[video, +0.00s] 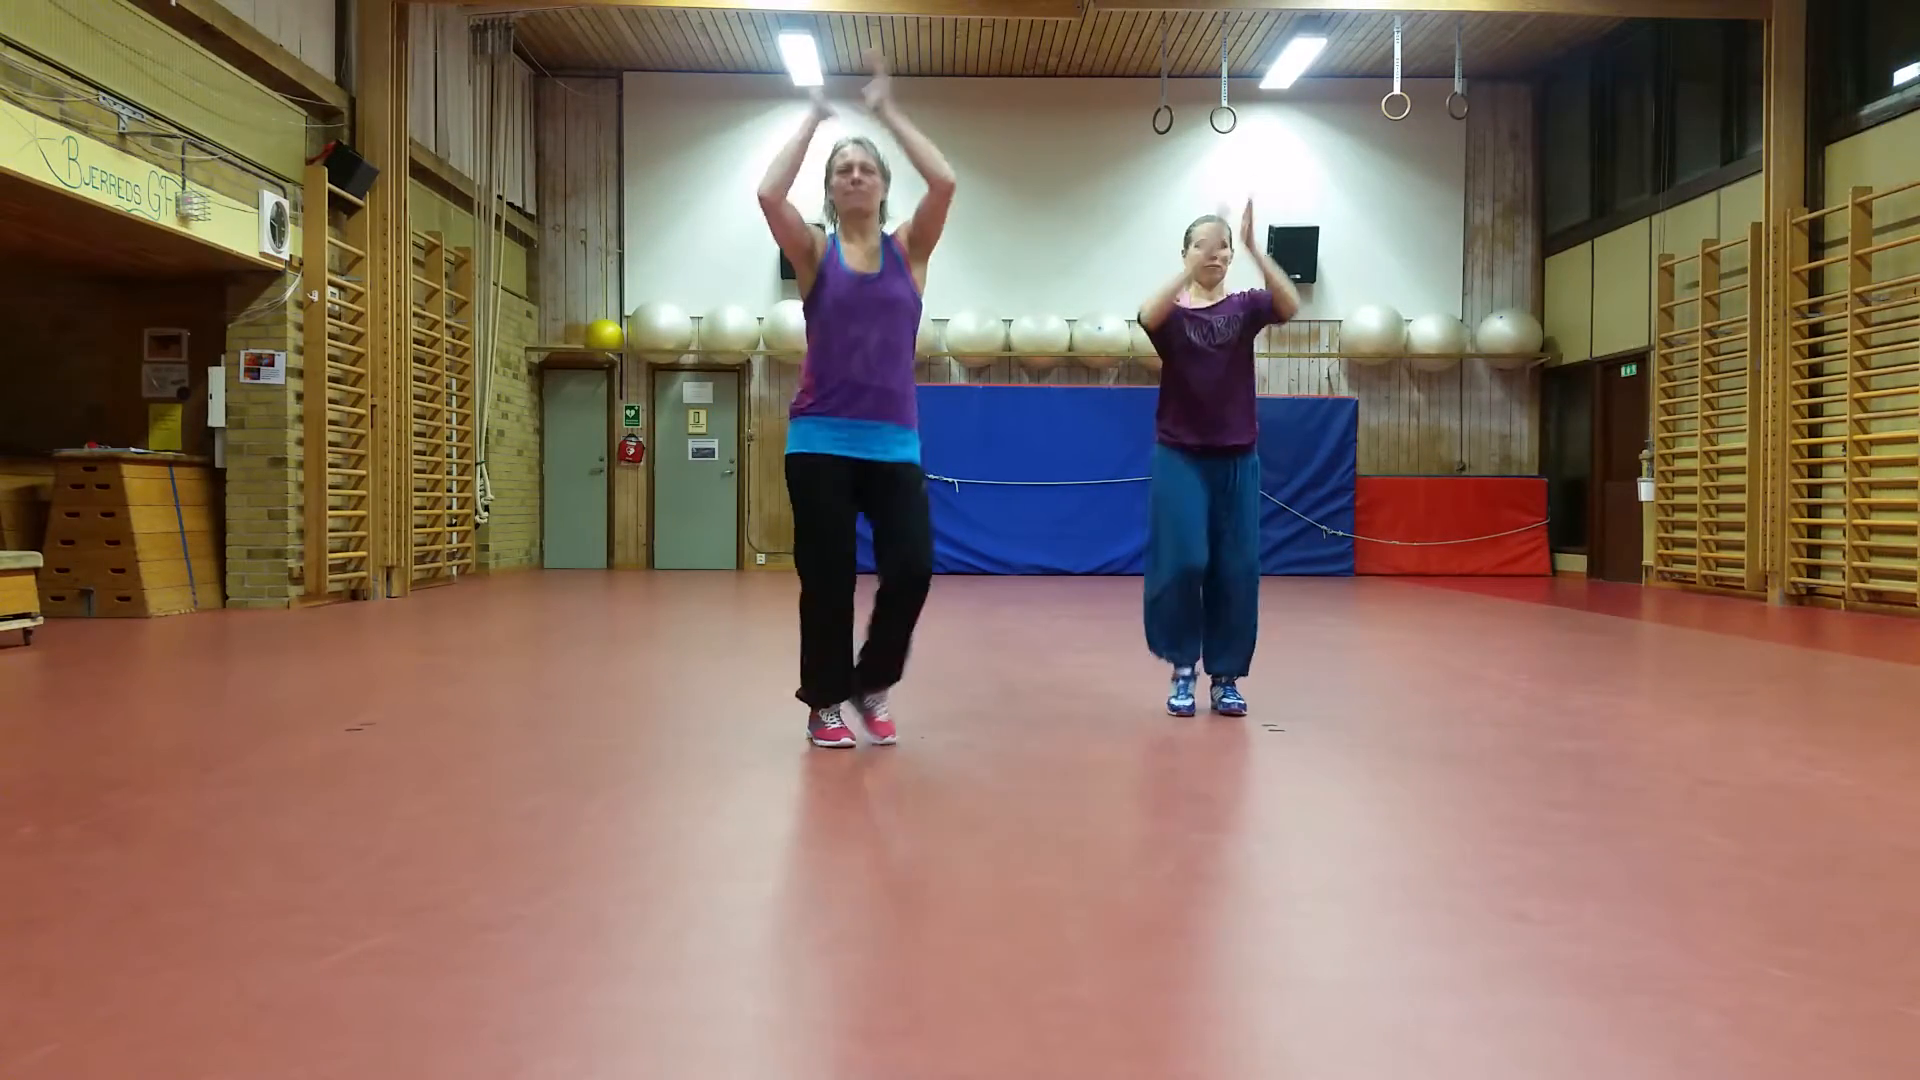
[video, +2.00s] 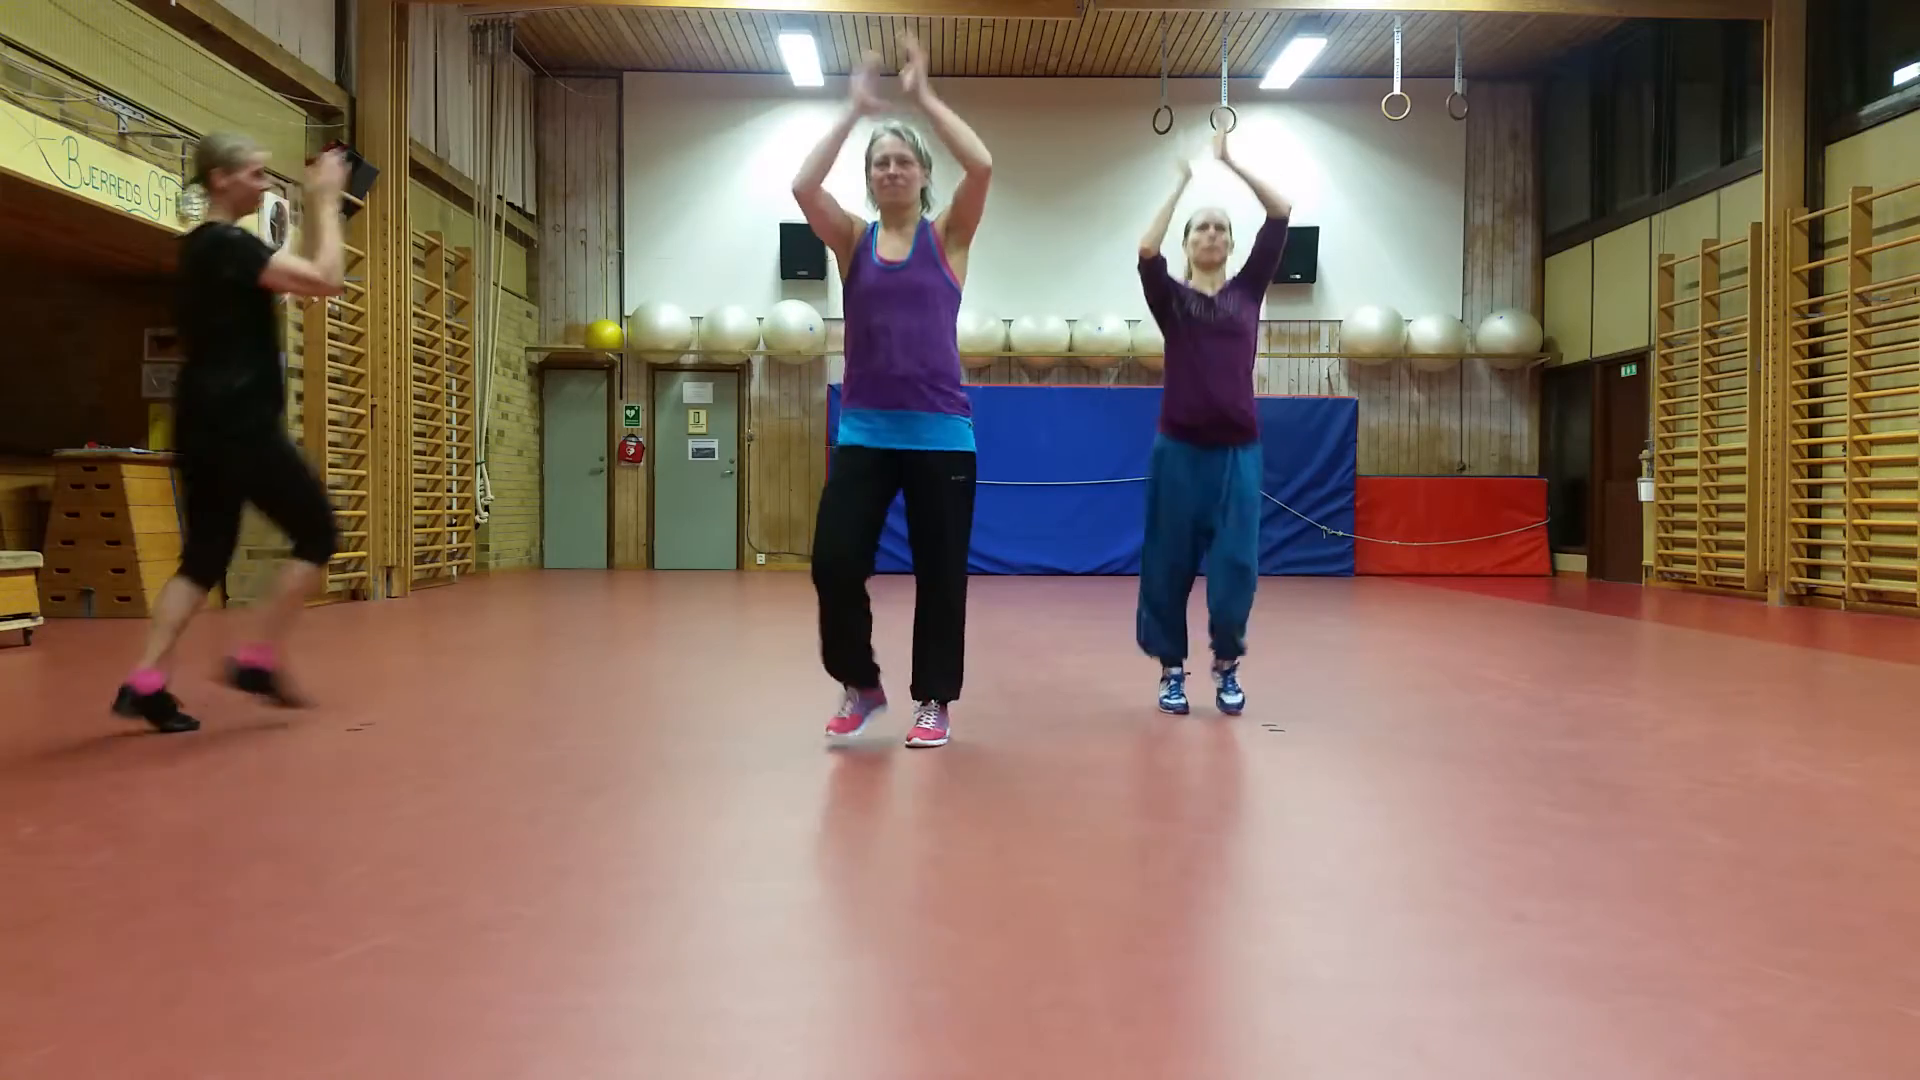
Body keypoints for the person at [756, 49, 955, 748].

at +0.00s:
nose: (852, 175)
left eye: (865, 169)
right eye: (841, 170)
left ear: (884, 187)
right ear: (828, 189)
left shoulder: (908, 251)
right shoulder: (814, 253)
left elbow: (944, 183)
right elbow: (769, 195)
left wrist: (886, 109)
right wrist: (814, 116)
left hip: (893, 439)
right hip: (822, 436)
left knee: (912, 568)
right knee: (828, 575)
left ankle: (869, 688)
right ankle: (825, 704)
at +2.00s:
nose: (891, 169)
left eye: (902, 160)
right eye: (879, 162)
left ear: (923, 175)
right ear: (867, 177)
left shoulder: (948, 236)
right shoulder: (853, 239)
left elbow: (981, 167)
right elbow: (804, 188)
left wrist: (923, 96)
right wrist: (855, 112)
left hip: (941, 428)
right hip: (865, 428)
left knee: (941, 572)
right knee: (834, 564)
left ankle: (934, 703)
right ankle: (862, 689)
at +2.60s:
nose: (892, 158)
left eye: (902, 151)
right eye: (881, 151)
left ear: (921, 167)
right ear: (865, 167)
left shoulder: (941, 227)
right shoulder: (850, 231)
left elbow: (963, 150)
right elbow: (835, 168)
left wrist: (910, 86)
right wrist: (886, 98)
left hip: (937, 420)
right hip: (864, 422)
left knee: (936, 569)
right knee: (863, 569)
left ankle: (936, 701)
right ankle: (882, 703)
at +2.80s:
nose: (892, 155)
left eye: (904, 147)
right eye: (880, 148)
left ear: (922, 162)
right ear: (866, 164)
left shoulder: (948, 227)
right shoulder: (853, 230)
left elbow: (977, 154)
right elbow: (806, 183)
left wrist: (927, 75)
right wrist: (844, 103)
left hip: (935, 420)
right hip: (861, 417)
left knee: (938, 564)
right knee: (830, 549)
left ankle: (933, 703)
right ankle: (860, 676)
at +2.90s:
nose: (887, 145)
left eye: (898, 137)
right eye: (875, 139)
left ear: (918, 152)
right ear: (860, 156)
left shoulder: (942, 218)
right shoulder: (852, 219)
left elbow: (962, 142)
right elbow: (820, 169)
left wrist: (920, 67)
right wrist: (841, 93)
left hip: (926, 404)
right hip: (853, 397)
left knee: (927, 550)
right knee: (846, 538)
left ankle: (921, 691)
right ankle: (846, 675)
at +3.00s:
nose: (883, 166)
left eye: (894, 157)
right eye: (871, 157)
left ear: (912, 172)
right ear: (855, 172)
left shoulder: (935, 239)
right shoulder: (845, 239)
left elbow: (952, 160)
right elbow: (818, 180)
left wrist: (898, 93)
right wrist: (867, 103)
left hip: (921, 425)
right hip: (849, 421)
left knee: (921, 571)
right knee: (849, 565)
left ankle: (890, 702)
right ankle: (844, 695)